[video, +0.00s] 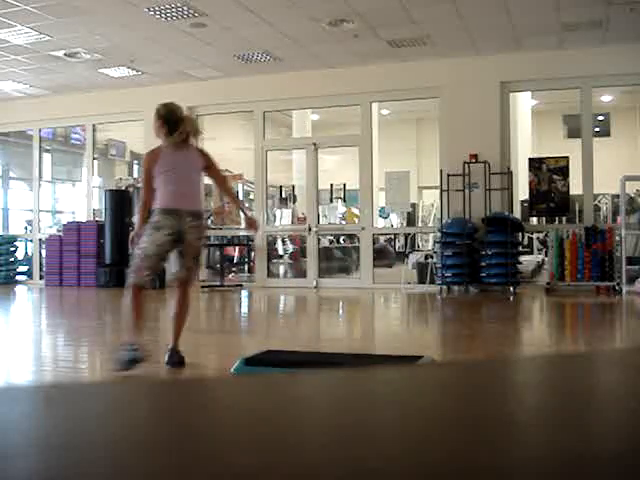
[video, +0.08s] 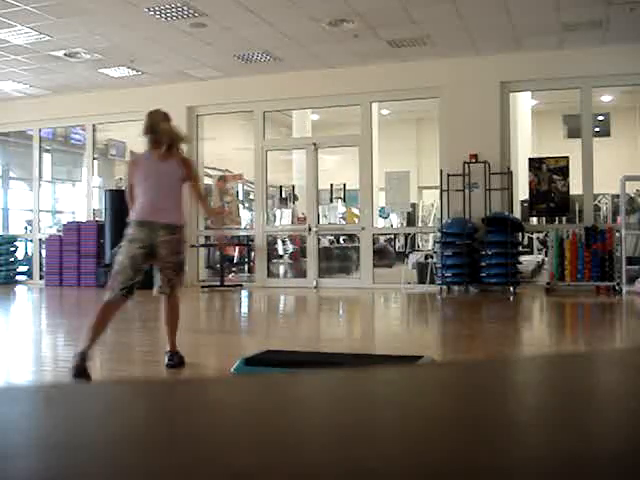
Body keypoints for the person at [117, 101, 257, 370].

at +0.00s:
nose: (153, 126)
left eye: (155, 122)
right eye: (155, 121)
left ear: (161, 125)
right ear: (180, 123)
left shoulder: (153, 156)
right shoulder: (198, 154)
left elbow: (147, 198)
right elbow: (223, 185)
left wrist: (139, 228)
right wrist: (245, 213)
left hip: (164, 218)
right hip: (194, 219)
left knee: (137, 278)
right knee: (184, 283)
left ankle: (135, 344)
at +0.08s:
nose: (169, 129)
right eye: (167, 125)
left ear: (146, 132)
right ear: (170, 130)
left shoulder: (136, 161)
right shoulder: (182, 162)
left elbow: (131, 197)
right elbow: (198, 193)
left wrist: (138, 217)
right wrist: (210, 213)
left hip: (139, 226)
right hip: (170, 229)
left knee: (117, 291)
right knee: (170, 291)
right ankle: (172, 351)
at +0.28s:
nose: (164, 120)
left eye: (163, 115)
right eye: (160, 115)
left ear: (138, 117)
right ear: (146, 117)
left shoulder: (121, 145)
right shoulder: (148, 143)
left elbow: (126, 191)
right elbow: (137, 178)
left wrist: (160, 211)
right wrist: (130, 219)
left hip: (110, 219)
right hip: (137, 220)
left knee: (99, 293)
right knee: (166, 282)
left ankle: (75, 362)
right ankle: (166, 348)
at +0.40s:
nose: (164, 108)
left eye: (164, 103)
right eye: (159, 103)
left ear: (146, 107)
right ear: (142, 105)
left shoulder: (142, 137)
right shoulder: (135, 131)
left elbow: (146, 188)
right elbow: (117, 163)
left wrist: (183, 192)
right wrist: (115, 204)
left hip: (112, 213)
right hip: (130, 213)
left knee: (101, 285)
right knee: (168, 276)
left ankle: (72, 355)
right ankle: (152, 350)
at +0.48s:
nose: (163, 108)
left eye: (163, 103)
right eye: (157, 103)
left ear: (149, 108)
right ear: (140, 106)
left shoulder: (142, 139)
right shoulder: (134, 132)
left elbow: (148, 189)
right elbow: (116, 165)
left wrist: (187, 192)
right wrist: (115, 204)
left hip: (113, 214)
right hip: (130, 214)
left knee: (101, 288)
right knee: (166, 280)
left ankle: (71, 357)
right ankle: (150, 353)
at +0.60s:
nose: (162, 117)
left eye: (165, 113)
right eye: (156, 112)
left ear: (165, 119)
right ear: (139, 118)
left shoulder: (149, 157)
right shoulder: (136, 143)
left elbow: (168, 202)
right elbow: (120, 174)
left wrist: (207, 201)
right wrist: (122, 210)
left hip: (120, 234)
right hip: (126, 234)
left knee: (101, 302)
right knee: (156, 300)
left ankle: (66, 364)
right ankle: (135, 370)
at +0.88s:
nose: (203, 86)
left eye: (205, 82)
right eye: (196, 81)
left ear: (205, 89)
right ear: (179, 86)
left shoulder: (195, 132)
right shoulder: (171, 114)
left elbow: (217, 175)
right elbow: (136, 148)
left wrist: (250, 202)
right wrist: (110, 184)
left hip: (157, 207)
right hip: (170, 205)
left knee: (146, 287)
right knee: (190, 285)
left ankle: (119, 363)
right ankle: (167, 368)